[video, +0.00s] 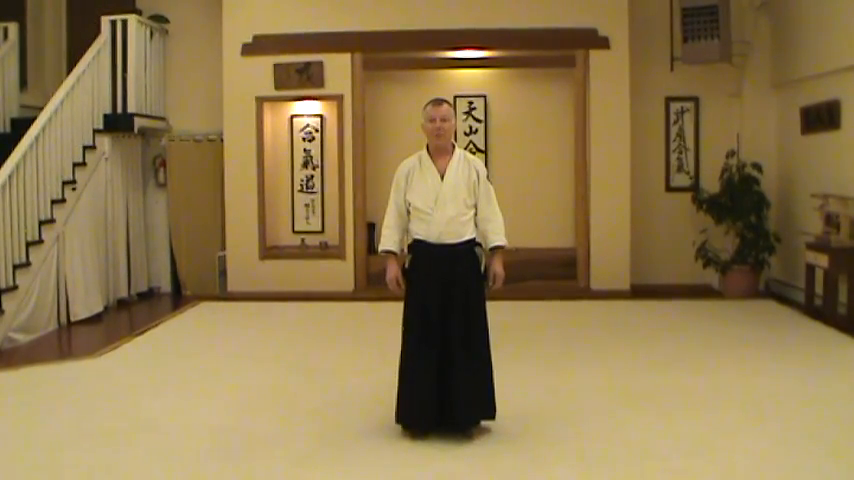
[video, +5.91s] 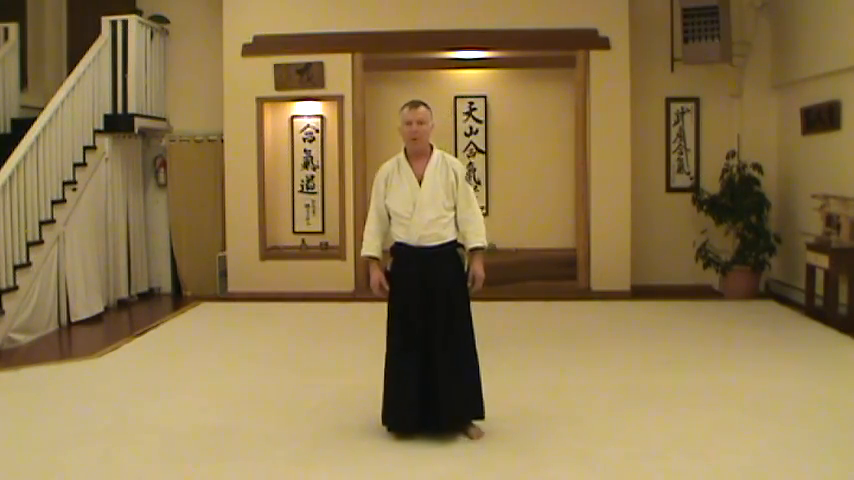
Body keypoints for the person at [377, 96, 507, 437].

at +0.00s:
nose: (439, 126)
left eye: (445, 120)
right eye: (432, 120)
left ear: (455, 124)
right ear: (423, 126)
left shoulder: (472, 166)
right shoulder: (408, 168)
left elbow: (488, 211)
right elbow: (395, 214)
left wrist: (495, 255)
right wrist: (391, 258)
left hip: (463, 259)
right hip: (423, 259)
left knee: (464, 334)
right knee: (423, 335)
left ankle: (464, 415)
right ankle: (420, 416)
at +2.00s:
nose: (435, 127)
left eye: (441, 121)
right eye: (428, 121)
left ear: (452, 125)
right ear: (419, 127)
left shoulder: (470, 167)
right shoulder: (406, 170)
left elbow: (486, 212)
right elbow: (393, 217)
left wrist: (494, 256)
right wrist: (391, 261)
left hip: (462, 260)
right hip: (422, 260)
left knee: (463, 336)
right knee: (422, 337)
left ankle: (464, 416)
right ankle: (420, 418)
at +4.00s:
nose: (436, 126)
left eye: (442, 120)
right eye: (429, 121)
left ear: (453, 125)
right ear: (421, 127)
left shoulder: (470, 167)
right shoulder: (407, 170)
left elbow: (486, 212)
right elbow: (393, 217)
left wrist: (494, 257)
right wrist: (390, 261)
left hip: (462, 260)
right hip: (422, 260)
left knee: (463, 337)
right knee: (423, 338)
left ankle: (465, 417)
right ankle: (421, 419)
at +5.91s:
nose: (414, 129)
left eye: (421, 123)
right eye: (409, 123)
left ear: (433, 127)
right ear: (400, 129)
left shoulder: (451, 167)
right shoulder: (387, 172)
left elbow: (469, 212)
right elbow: (376, 219)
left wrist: (476, 257)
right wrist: (373, 263)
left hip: (445, 261)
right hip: (406, 262)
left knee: (454, 336)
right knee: (406, 338)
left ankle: (462, 415)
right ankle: (406, 416)